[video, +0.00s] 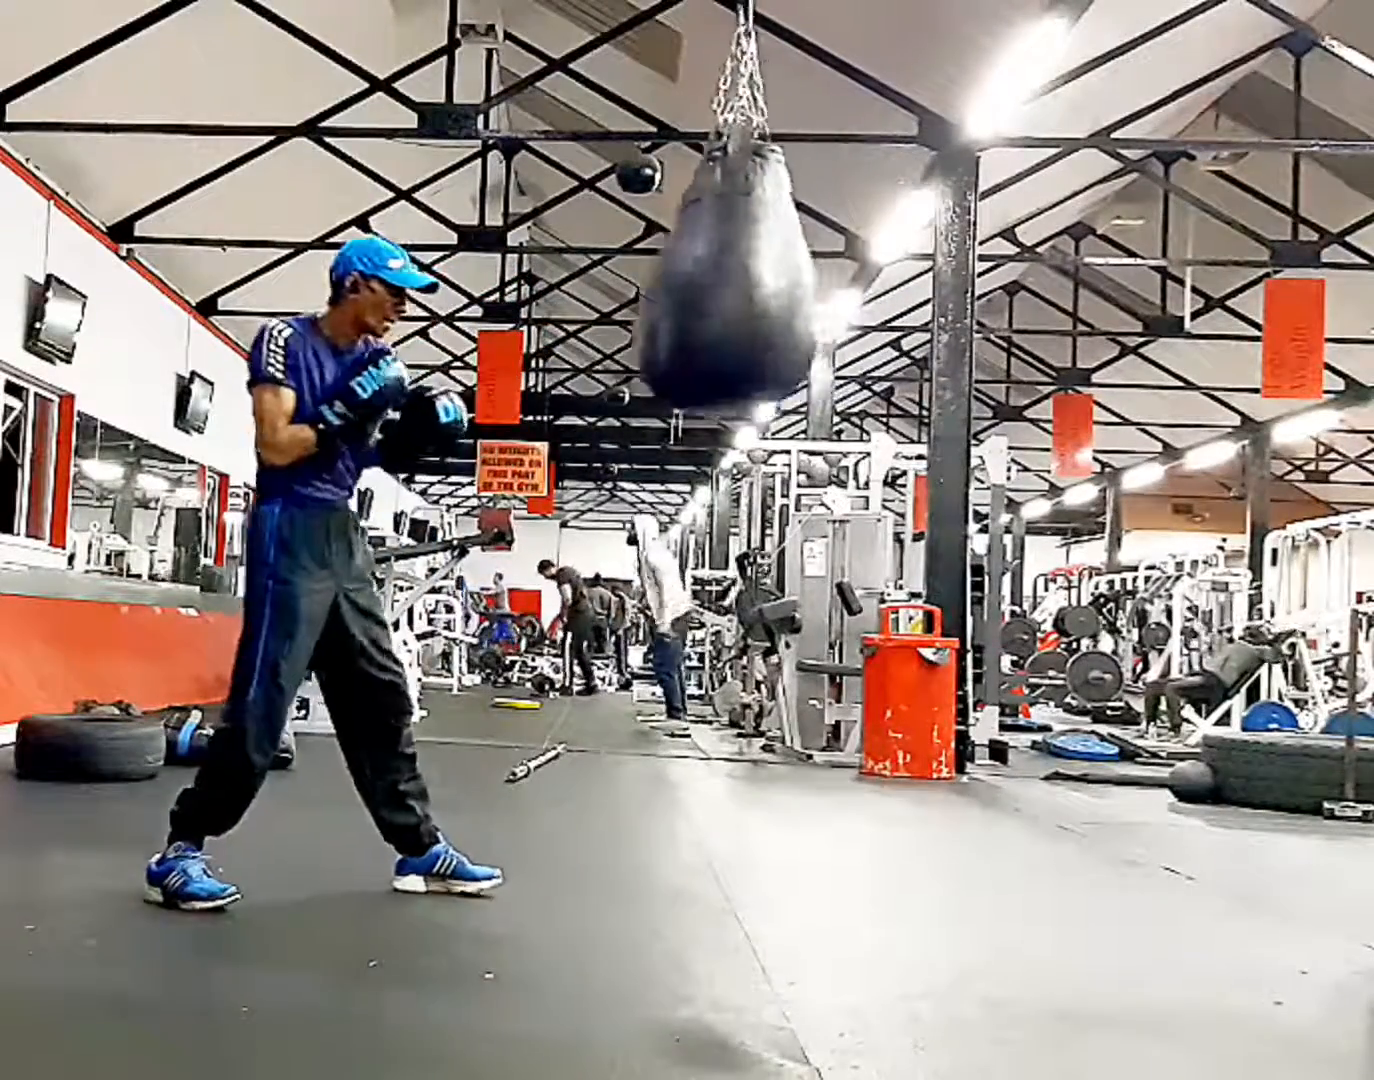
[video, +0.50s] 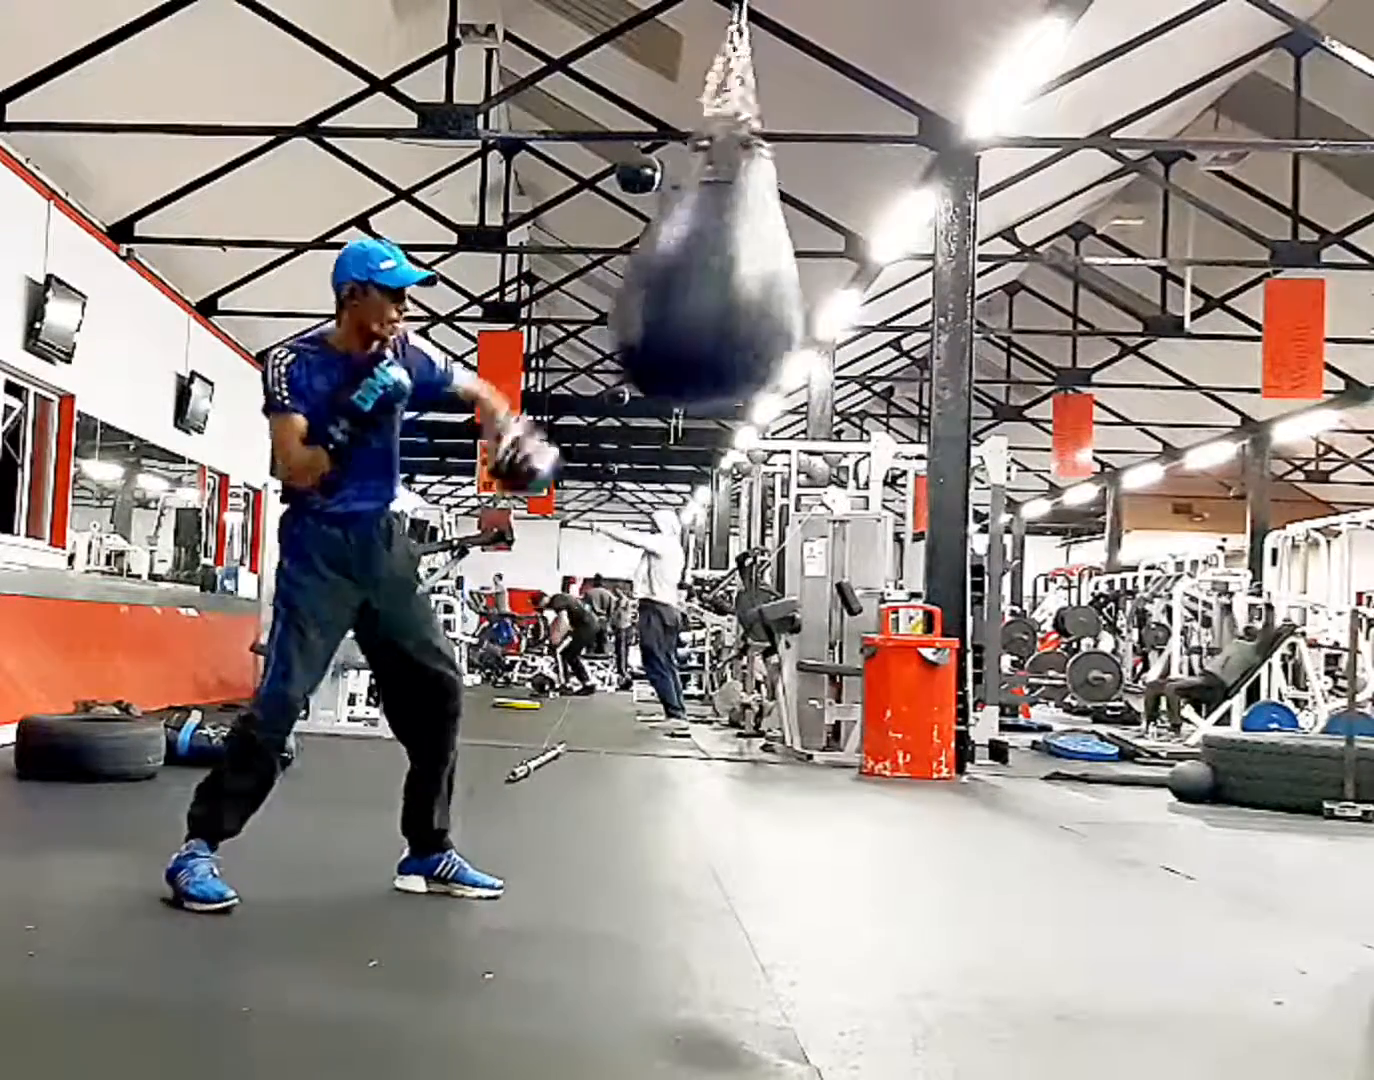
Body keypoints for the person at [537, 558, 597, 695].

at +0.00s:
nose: (545, 577)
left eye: (544, 574)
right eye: (543, 575)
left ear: (548, 569)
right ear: (552, 566)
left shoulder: (562, 575)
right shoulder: (569, 572)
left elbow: (567, 598)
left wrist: (561, 617)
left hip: (576, 614)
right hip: (585, 613)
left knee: (567, 649)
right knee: (580, 650)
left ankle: (567, 684)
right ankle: (591, 683)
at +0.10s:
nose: (544, 579)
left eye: (542, 576)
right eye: (541, 577)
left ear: (545, 571)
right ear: (550, 568)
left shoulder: (560, 577)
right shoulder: (566, 573)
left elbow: (565, 598)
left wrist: (560, 617)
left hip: (575, 616)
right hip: (584, 614)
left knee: (564, 649)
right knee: (577, 650)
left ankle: (565, 683)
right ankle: (589, 681)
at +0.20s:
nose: (542, 584)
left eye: (540, 581)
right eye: (540, 582)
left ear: (543, 576)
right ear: (548, 572)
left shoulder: (558, 581)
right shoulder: (565, 577)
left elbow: (565, 601)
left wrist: (560, 617)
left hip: (576, 617)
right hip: (586, 614)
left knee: (564, 648)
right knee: (577, 650)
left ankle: (565, 683)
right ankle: (588, 682)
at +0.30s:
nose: (541, 592)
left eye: (539, 589)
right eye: (538, 590)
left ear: (542, 583)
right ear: (544, 581)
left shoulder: (557, 587)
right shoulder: (562, 582)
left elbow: (565, 608)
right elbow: (577, 578)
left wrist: (555, 623)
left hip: (578, 620)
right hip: (586, 618)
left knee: (563, 649)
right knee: (577, 652)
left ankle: (564, 683)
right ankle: (587, 683)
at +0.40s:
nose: (539, 600)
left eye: (538, 596)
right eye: (537, 598)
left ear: (542, 591)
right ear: (542, 591)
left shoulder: (557, 593)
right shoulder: (559, 593)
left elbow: (565, 614)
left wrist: (558, 630)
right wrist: (559, 628)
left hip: (581, 623)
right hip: (587, 622)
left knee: (562, 651)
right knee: (575, 653)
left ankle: (564, 684)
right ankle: (587, 683)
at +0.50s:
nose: (542, 608)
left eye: (540, 606)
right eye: (540, 607)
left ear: (542, 601)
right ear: (545, 596)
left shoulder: (557, 601)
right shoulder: (560, 599)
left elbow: (564, 624)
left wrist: (554, 640)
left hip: (584, 627)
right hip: (590, 626)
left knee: (560, 652)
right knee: (571, 655)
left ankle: (563, 684)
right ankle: (587, 683)